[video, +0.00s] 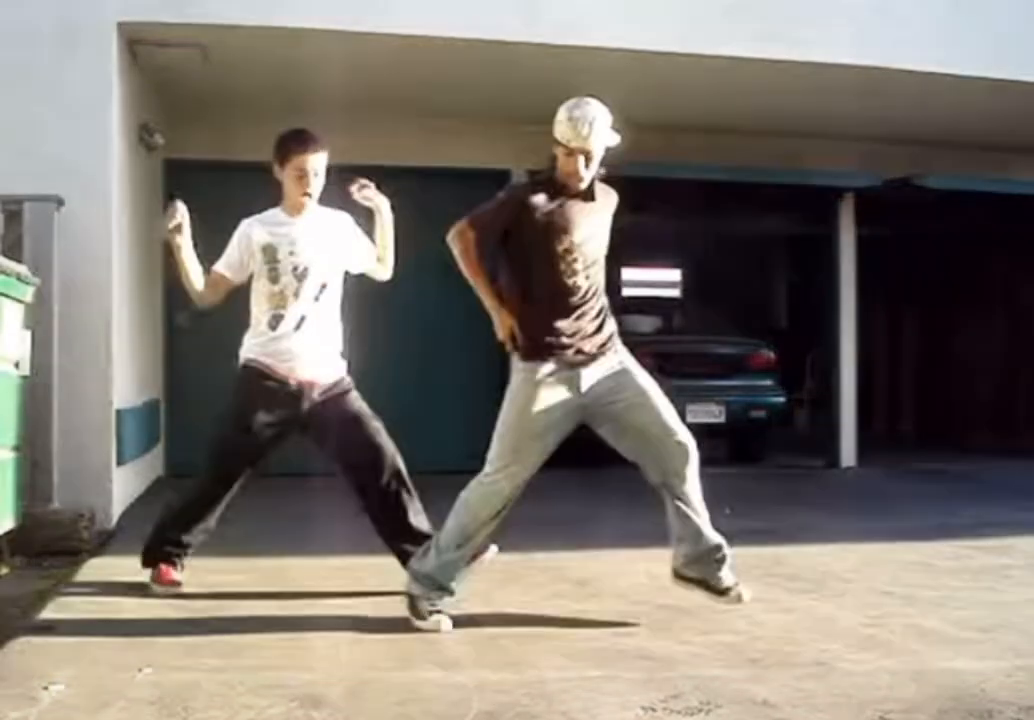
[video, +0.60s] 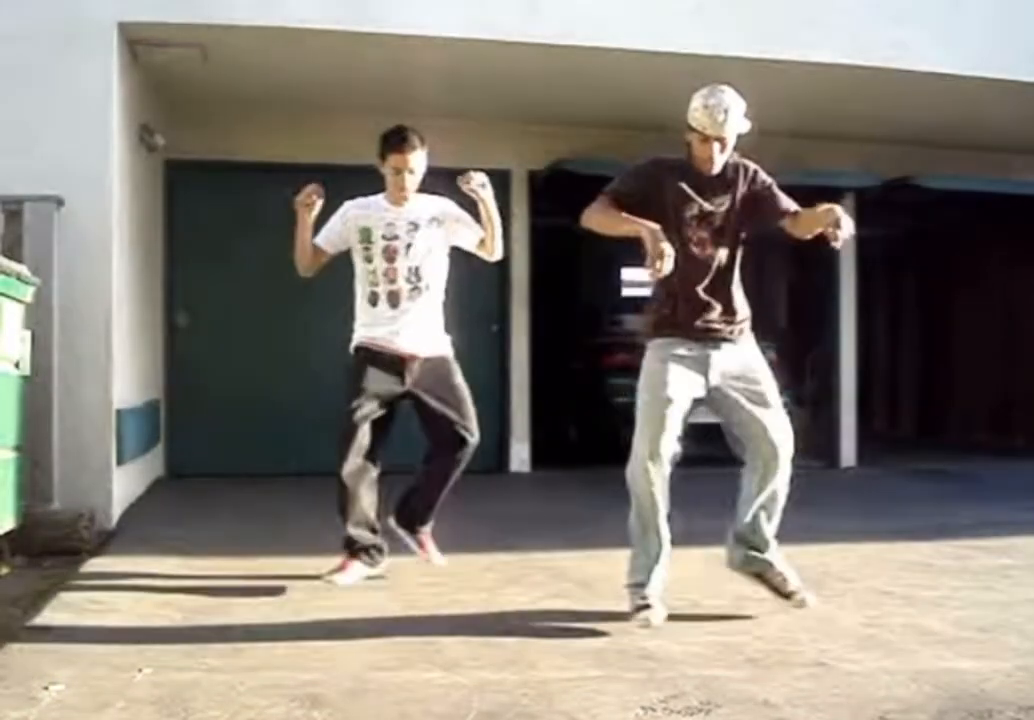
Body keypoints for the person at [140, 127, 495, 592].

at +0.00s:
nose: (310, 182)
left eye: (317, 172)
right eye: (300, 172)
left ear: (325, 173)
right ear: (279, 172)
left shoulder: (339, 225)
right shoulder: (255, 231)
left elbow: (382, 268)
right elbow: (207, 294)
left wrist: (383, 213)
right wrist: (181, 241)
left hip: (328, 380)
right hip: (267, 378)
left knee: (384, 465)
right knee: (224, 472)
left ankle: (431, 565)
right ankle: (166, 554)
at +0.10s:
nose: (309, 178)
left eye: (317, 169)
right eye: (300, 168)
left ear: (326, 170)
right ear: (280, 168)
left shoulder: (340, 218)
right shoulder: (258, 222)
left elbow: (391, 251)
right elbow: (204, 279)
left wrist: (383, 193)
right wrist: (188, 225)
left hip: (334, 373)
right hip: (272, 373)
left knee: (390, 454)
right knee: (233, 467)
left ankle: (433, 566)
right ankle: (174, 554)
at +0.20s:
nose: (322, 163)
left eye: (330, 152)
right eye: (313, 154)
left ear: (343, 149)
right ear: (299, 153)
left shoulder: (365, 191)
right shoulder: (279, 197)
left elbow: (412, 234)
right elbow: (233, 255)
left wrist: (409, 189)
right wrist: (236, 220)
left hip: (370, 338)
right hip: (311, 338)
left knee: (410, 426)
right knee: (276, 433)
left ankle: (381, 536)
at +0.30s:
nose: (355, 176)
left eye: (362, 167)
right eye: (346, 168)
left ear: (378, 165)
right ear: (334, 168)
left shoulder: (399, 221)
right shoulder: (313, 220)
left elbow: (401, 291)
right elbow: (309, 288)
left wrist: (435, 262)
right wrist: (281, 285)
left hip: (387, 351)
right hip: (333, 350)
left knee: (400, 450)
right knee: (333, 447)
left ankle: (353, 532)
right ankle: (397, 539)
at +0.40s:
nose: (370, 190)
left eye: (378, 181)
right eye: (362, 181)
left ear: (393, 179)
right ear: (348, 179)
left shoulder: (413, 234)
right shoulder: (327, 233)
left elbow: (437, 302)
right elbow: (317, 300)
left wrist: (454, 260)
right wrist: (279, 297)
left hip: (396, 362)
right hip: (344, 361)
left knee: (398, 468)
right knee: (362, 461)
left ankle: (349, 544)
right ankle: (416, 557)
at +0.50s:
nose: (399, 181)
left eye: (407, 172)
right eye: (391, 172)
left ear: (418, 168)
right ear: (375, 169)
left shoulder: (435, 211)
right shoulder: (350, 215)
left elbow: (489, 252)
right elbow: (302, 268)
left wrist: (483, 202)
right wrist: (294, 222)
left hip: (424, 347)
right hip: (370, 344)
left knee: (445, 440)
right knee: (357, 448)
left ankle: (393, 531)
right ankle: (380, 549)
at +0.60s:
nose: (404, 180)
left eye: (412, 171)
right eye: (396, 171)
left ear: (423, 169)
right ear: (383, 168)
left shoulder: (441, 212)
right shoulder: (356, 213)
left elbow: (492, 252)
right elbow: (307, 264)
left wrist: (487, 204)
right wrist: (304, 219)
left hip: (431, 348)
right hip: (376, 345)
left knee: (461, 436)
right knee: (357, 446)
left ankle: (414, 517)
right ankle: (363, 550)